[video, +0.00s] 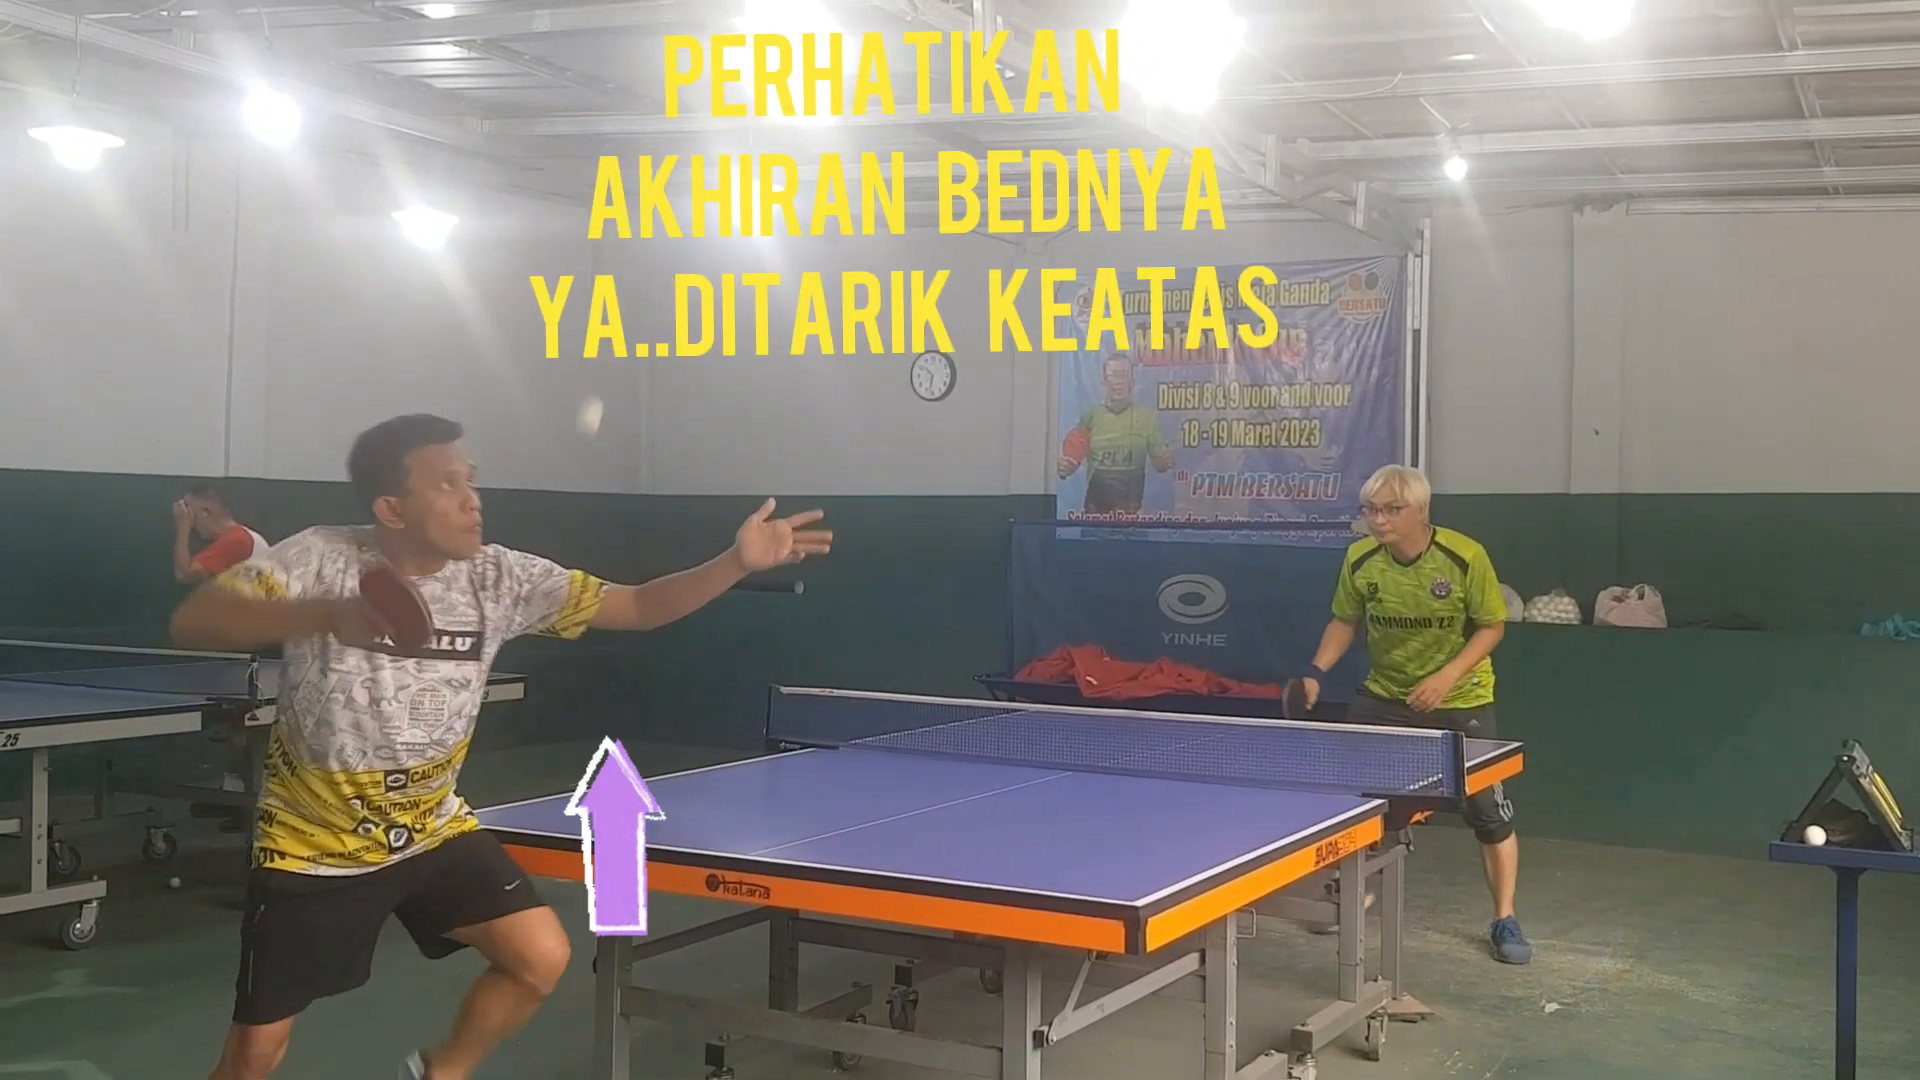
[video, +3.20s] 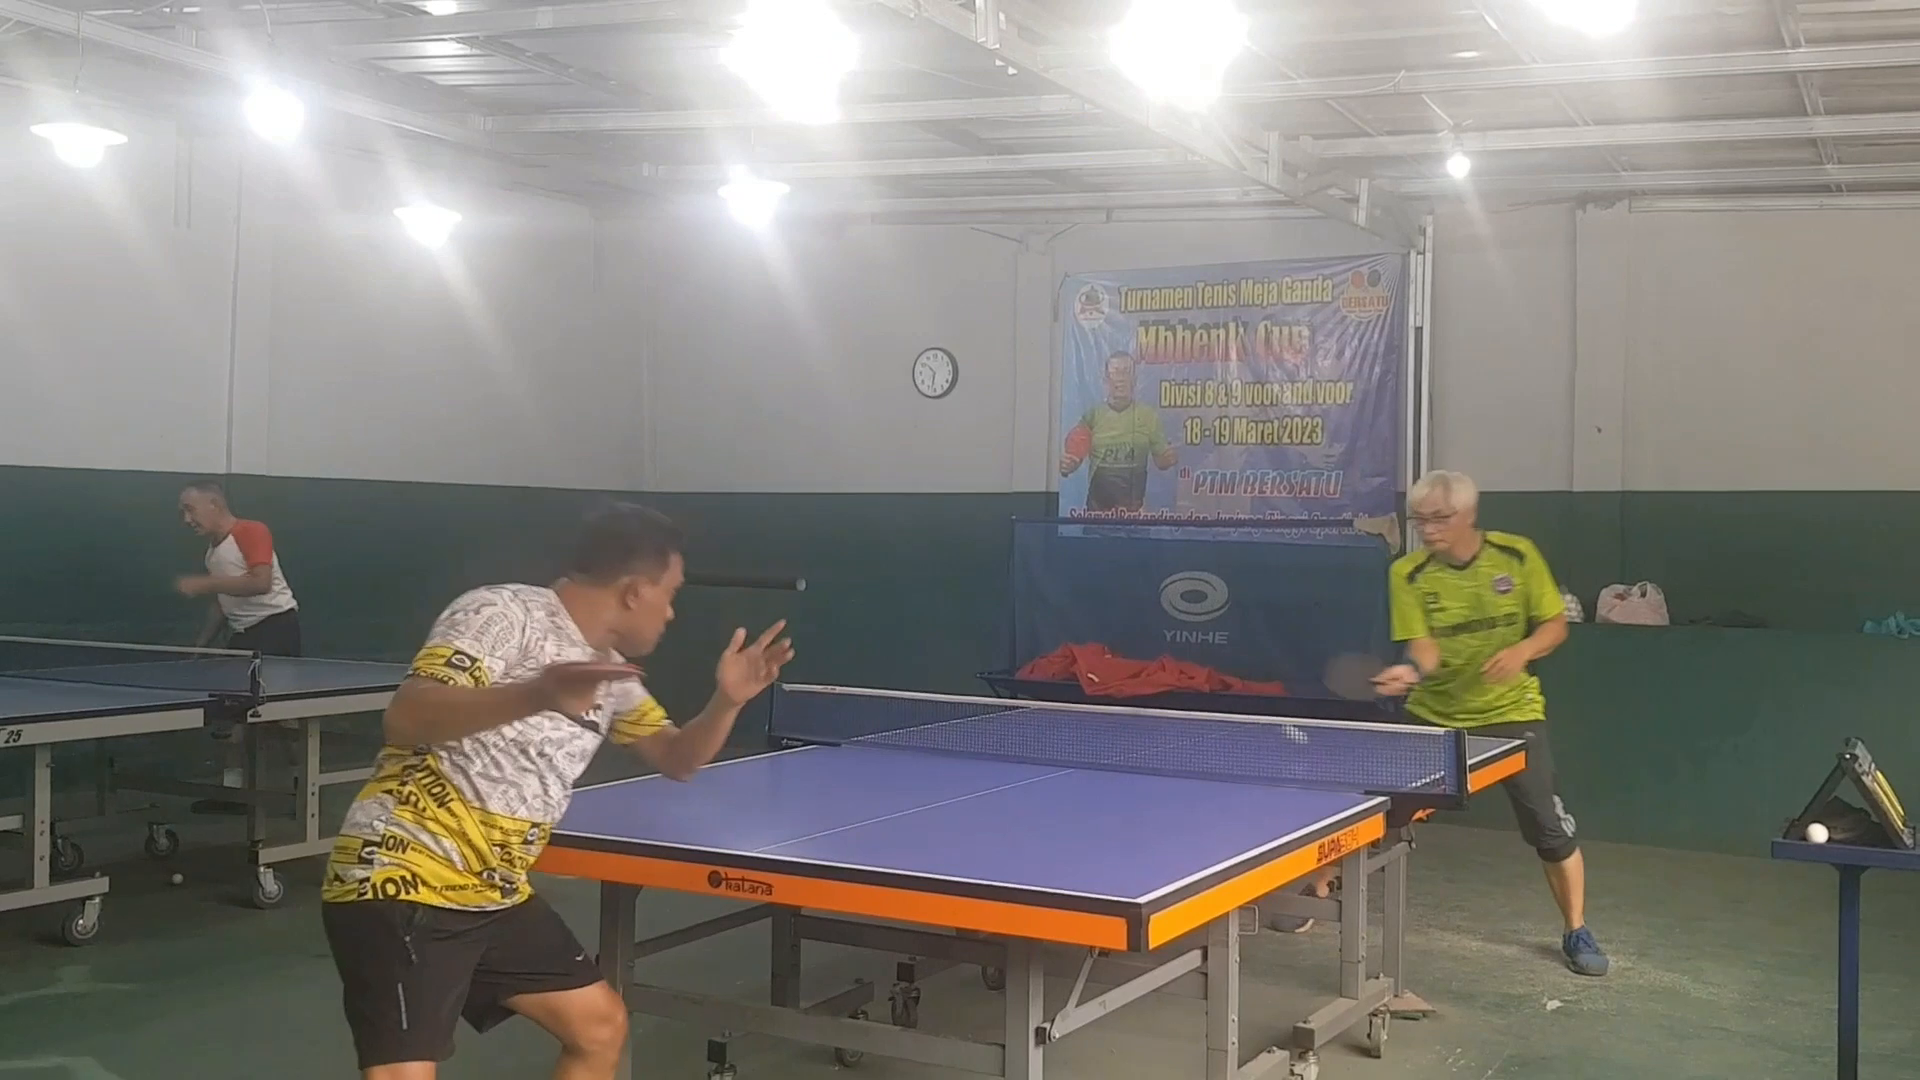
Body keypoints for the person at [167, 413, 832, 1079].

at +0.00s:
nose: (474, 498)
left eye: (470, 481)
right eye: (453, 485)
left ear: (464, 497)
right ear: (391, 509)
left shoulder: (498, 577)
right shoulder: (314, 563)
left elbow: (633, 606)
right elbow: (190, 624)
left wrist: (737, 562)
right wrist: (327, 615)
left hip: (431, 825)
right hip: (311, 840)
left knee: (540, 959)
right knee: (256, 1047)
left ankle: (443, 1071)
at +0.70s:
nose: (537, 535)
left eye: (541, 516)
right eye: (518, 516)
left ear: (544, 522)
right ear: (459, 525)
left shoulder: (552, 596)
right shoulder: (389, 558)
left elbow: (682, 608)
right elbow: (246, 553)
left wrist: (737, 534)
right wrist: (371, 611)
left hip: (453, 839)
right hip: (337, 843)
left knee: (558, 979)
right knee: (265, 1049)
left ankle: (450, 1070)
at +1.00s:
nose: (592, 563)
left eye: (596, 547)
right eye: (579, 545)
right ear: (518, 543)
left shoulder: (578, 612)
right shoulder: (442, 563)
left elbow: (685, 623)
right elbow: (325, 580)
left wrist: (698, 527)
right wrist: (444, 671)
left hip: (471, 855)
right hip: (358, 854)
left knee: (569, 1020)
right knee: (275, 1057)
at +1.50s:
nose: (659, 617)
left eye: (666, 600)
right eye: (654, 595)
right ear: (602, 575)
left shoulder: (612, 661)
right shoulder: (490, 591)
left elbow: (696, 690)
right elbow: (366, 662)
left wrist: (687, 566)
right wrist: (502, 616)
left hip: (502, 889)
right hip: (394, 883)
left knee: (606, 1031)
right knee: (333, 1068)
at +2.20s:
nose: (696, 640)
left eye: (700, 626)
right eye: (696, 621)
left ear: (651, 614)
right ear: (655, 613)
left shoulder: (638, 690)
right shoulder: (522, 617)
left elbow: (716, 755)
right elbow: (390, 701)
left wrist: (738, 653)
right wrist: (467, 626)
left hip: (510, 895)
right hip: (413, 884)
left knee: (620, 1033)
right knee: (394, 1073)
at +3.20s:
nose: (671, 616)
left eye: (674, 600)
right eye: (670, 598)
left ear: (626, 592)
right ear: (631, 591)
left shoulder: (607, 672)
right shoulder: (495, 613)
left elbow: (679, 758)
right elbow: (406, 717)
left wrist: (726, 702)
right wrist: (533, 695)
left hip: (490, 887)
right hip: (398, 878)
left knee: (600, 1027)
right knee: (402, 1075)